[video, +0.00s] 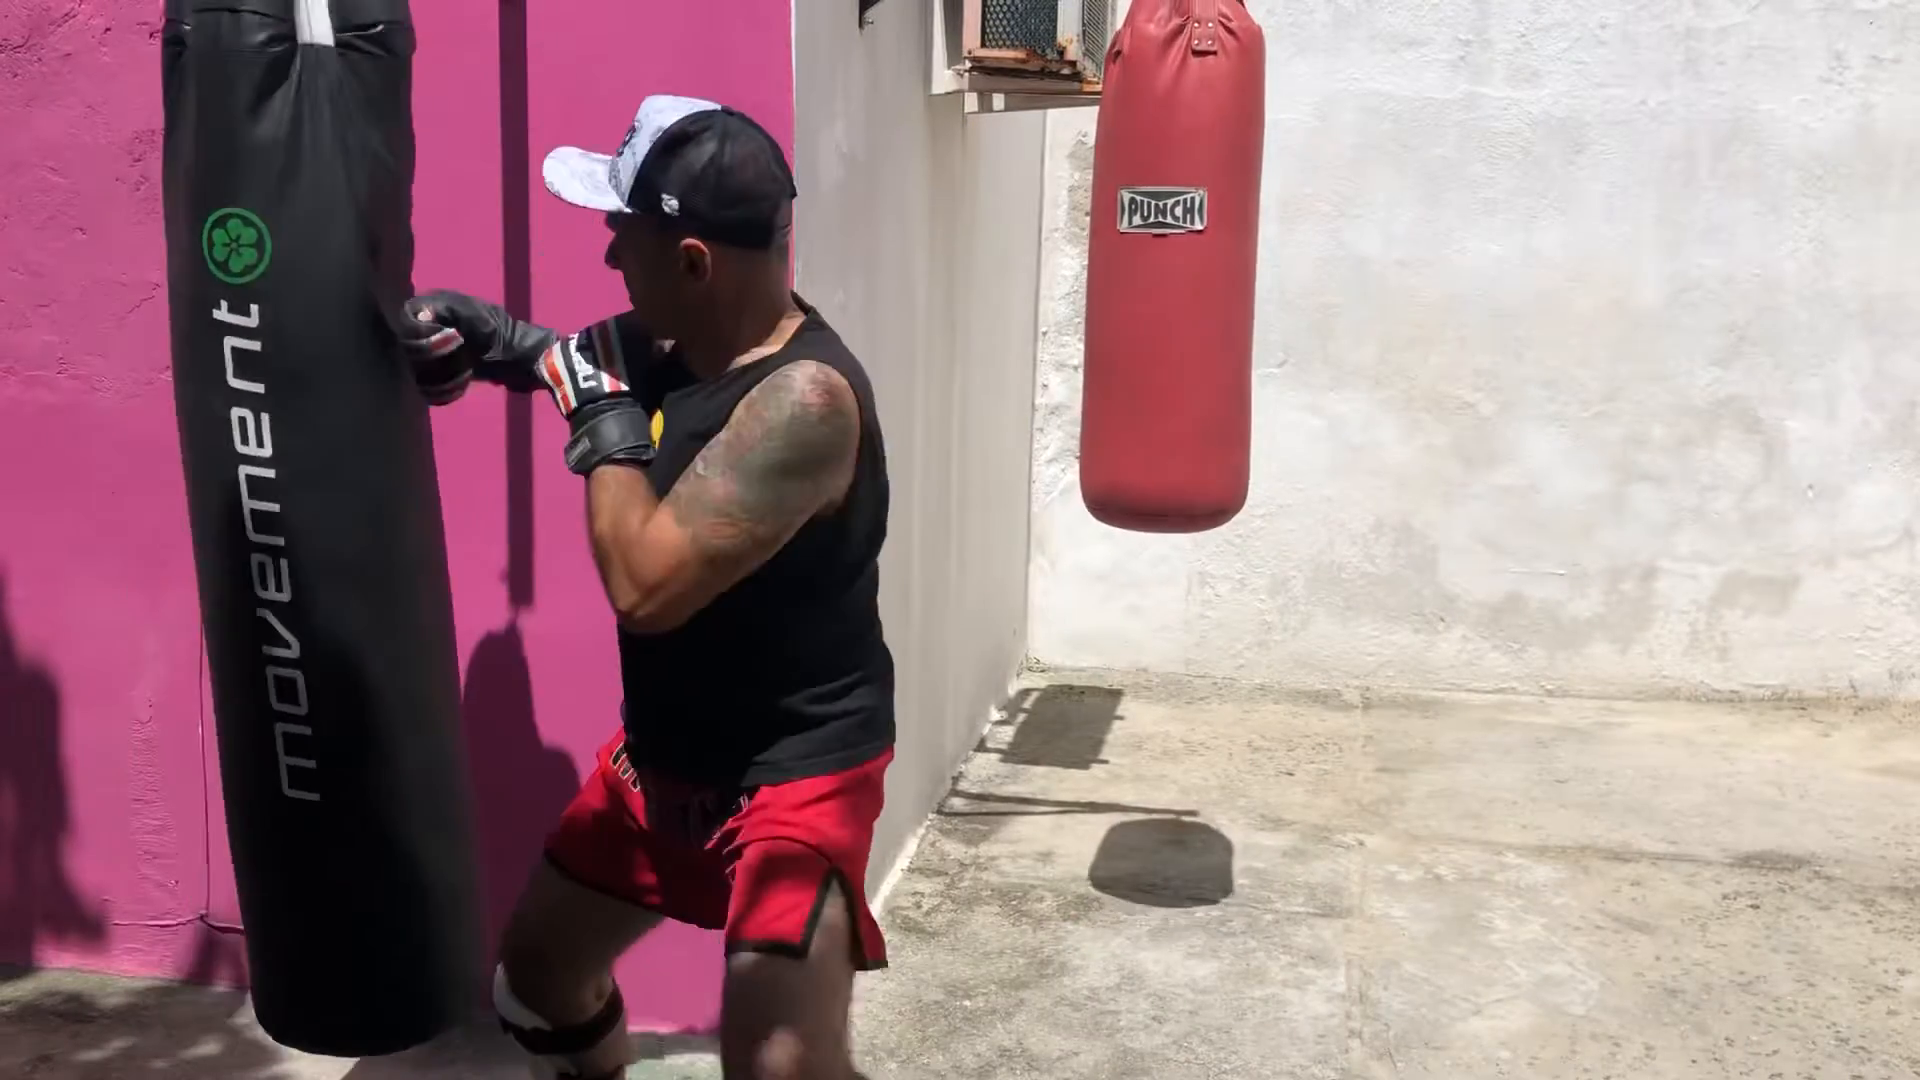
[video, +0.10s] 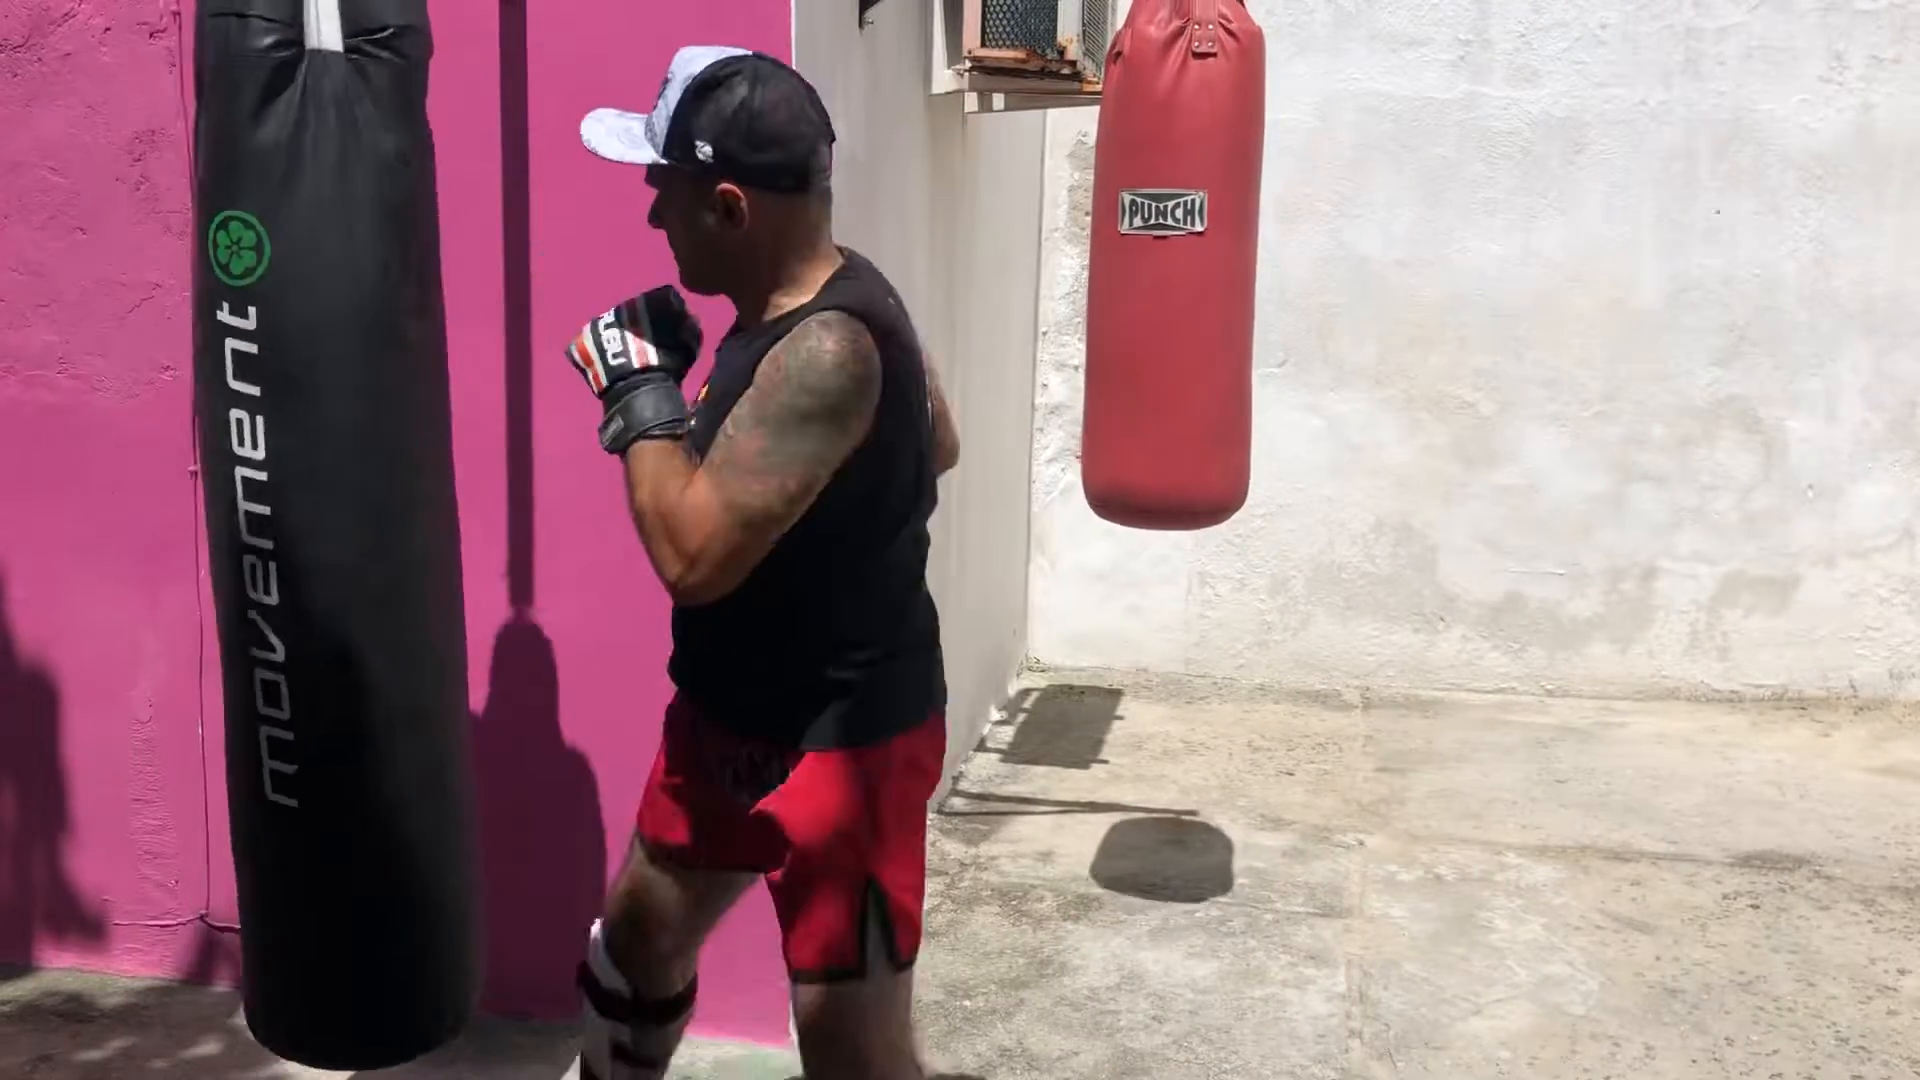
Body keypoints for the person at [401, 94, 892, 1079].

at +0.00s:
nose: (609, 247)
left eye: (623, 229)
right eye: (614, 224)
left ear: (694, 259)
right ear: (706, 257)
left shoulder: (806, 401)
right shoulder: (691, 337)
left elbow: (648, 587)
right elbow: (571, 363)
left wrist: (603, 415)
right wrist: (491, 339)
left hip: (796, 768)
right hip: (671, 747)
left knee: (781, 1061)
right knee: (542, 973)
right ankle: (596, 1064)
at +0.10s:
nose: (652, 206)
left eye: (662, 184)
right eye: (654, 181)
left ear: (728, 203)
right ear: (758, 200)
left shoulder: (827, 344)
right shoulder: (829, 291)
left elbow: (693, 557)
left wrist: (642, 397)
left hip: (847, 729)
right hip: (736, 704)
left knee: (850, 1032)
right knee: (640, 935)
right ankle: (616, 1072)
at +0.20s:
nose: (684, 213)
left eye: (694, 188)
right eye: (686, 187)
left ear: (758, 200)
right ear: (790, 194)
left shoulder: (853, 337)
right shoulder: (903, 282)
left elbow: (752, 578)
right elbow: (1006, 442)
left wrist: (656, 422)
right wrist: (880, 539)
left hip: (895, 749)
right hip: (793, 723)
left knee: (911, 1054)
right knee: (686, 918)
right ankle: (697, 1079)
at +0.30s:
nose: (739, 220)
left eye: (748, 197)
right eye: (739, 196)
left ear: (808, 207)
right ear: (843, 202)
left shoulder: (908, 344)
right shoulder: (918, 298)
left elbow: (817, 589)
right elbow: (1007, 457)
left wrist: (676, 464)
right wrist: (818, 454)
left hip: (943, 760)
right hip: (853, 733)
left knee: (946, 1054)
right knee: (777, 913)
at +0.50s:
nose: (779, 202)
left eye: (788, 176)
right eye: (779, 176)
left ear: (855, 184)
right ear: (904, 172)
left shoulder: (906, 318)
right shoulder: (1012, 269)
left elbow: (858, 543)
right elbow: (882, 453)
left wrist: (708, 417)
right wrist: (783, 330)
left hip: (935, 720)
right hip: (1031, 687)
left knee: (833, 1045)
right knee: (1044, 980)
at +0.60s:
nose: (749, 223)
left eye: (758, 199)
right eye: (748, 200)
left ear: (823, 211)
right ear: (859, 196)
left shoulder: (891, 336)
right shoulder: (977, 269)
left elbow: (875, 565)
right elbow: (900, 462)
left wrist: (702, 470)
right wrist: (774, 373)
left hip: (930, 715)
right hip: (1032, 689)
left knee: (730, 989)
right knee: (1037, 979)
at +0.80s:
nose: (673, 232)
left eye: (682, 218)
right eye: (672, 214)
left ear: (741, 236)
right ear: (817, 206)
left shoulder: (763, 369)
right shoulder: (937, 311)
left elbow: (688, 581)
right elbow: (1006, 518)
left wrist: (513, 507)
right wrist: (972, 675)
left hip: (780, 738)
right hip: (929, 719)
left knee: (589, 1009)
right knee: (1004, 969)